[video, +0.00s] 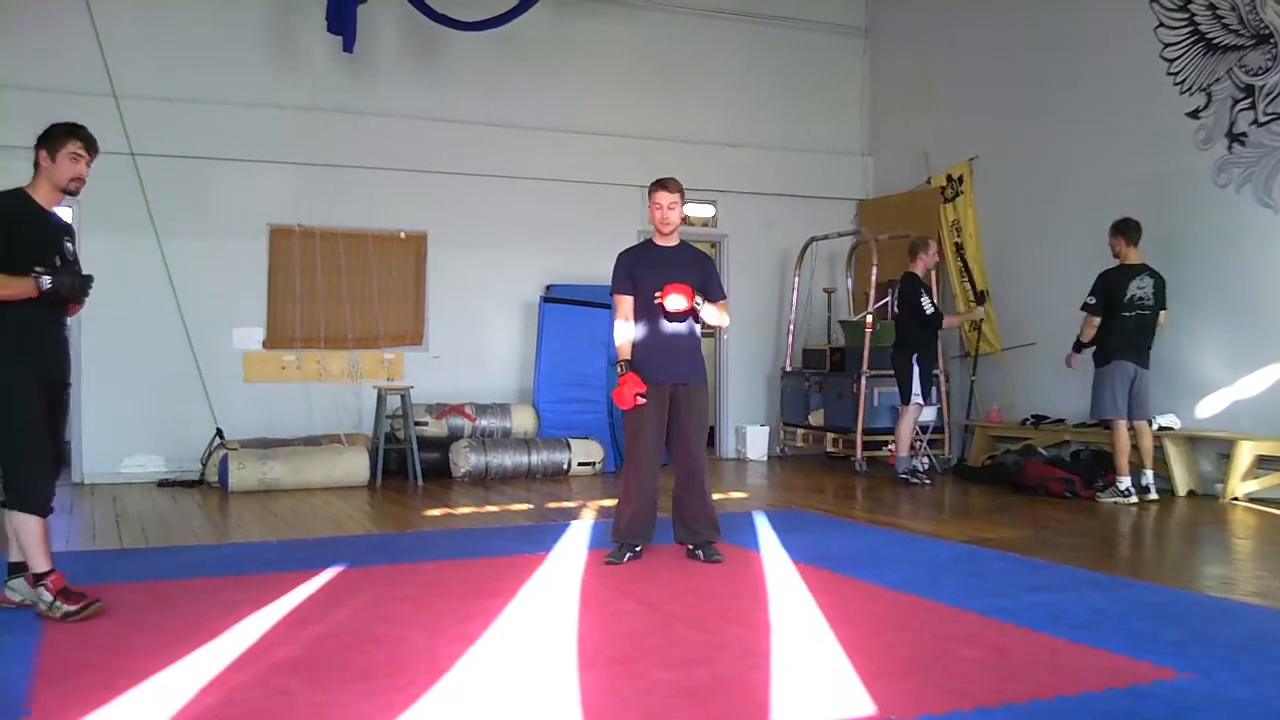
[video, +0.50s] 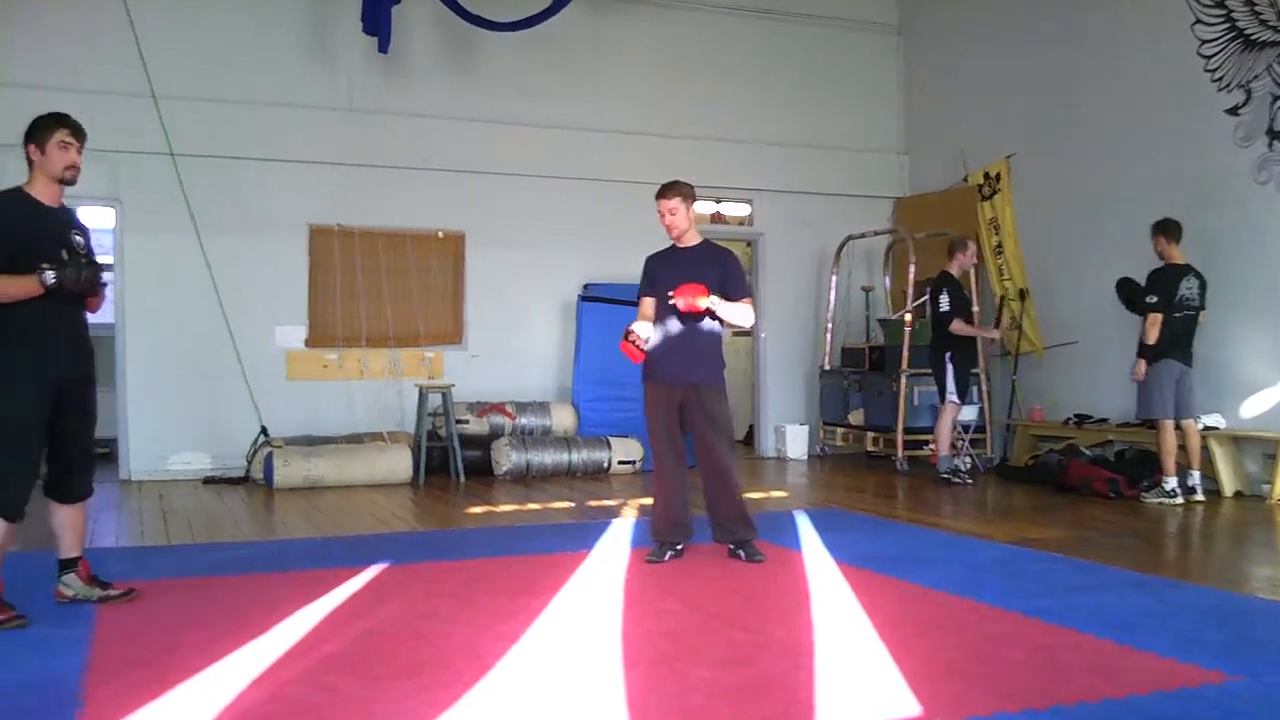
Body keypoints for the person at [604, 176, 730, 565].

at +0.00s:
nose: (665, 212)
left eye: (672, 206)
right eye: (658, 206)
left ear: (682, 210)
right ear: (649, 210)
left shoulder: (700, 260)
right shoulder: (630, 259)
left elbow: (721, 318)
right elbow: (623, 319)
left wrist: (695, 304)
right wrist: (625, 366)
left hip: (690, 375)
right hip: (645, 374)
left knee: (692, 459)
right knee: (640, 459)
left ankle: (699, 538)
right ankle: (631, 539)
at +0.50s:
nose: (666, 220)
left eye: (673, 212)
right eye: (661, 214)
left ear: (692, 210)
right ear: (659, 216)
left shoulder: (722, 258)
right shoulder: (655, 263)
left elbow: (746, 317)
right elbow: (646, 317)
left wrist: (711, 302)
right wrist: (638, 335)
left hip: (705, 376)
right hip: (660, 376)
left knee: (719, 457)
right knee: (666, 460)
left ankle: (738, 536)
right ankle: (670, 538)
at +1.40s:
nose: (706, 235)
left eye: (713, 228)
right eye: (699, 228)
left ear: (724, 219)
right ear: (689, 217)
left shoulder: (741, 260)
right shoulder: (666, 255)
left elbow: (759, 316)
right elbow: (655, 317)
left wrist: (734, 328)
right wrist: (654, 375)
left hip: (726, 382)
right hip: (681, 380)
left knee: (722, 464)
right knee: (688, 463)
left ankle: (716, 552)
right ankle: (701, 544)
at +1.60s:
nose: (741, 236)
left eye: (749, 230)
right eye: (735, 227)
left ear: (761, 220)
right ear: (725, 212)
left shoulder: (770, 261)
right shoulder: (695, 247)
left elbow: (786, 317)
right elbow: (674, 306)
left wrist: (759, 331)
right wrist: (673, 364)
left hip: (747, 383)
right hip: (700, 379)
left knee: (742, 463)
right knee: (710, 462)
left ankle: (736, 550)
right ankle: (725, 533)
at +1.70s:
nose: (738, 231)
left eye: (747, 225)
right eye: (733, 222)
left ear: (761, 216)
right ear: (724, 206)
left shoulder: (771, 260)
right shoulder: (695, 241)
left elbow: (786, 315)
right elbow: (675, 302)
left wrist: (759, 327)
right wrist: (671, 361)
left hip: (745, 381)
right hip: (696, 374)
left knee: (742, 462)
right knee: (693, 452)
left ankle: (737, 549)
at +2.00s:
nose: (714, 228)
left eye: (723, 222)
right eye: (709, 219)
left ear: (740, 211)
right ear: (701, 206)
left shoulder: (755, 256)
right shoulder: (686, 236)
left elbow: (777, 319)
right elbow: (670, 297)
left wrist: (737, 325)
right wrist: (654, 353)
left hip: (726, 374)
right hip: (680, 367)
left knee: (732, 462)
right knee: (662, 443)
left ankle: (733, 546)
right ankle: (706, 484)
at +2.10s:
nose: (696, 223)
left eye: (704, 216)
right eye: (691, 214)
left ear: (721, 206)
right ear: (683, 203)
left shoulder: (740, 251)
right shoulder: (673, 235)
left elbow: (763, 314)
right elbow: (658, 294)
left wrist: (717, 319)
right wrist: (642, 352)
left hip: (715, 373)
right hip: (667, 367)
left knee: (722, 459)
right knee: (656, 452)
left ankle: (726, 544)